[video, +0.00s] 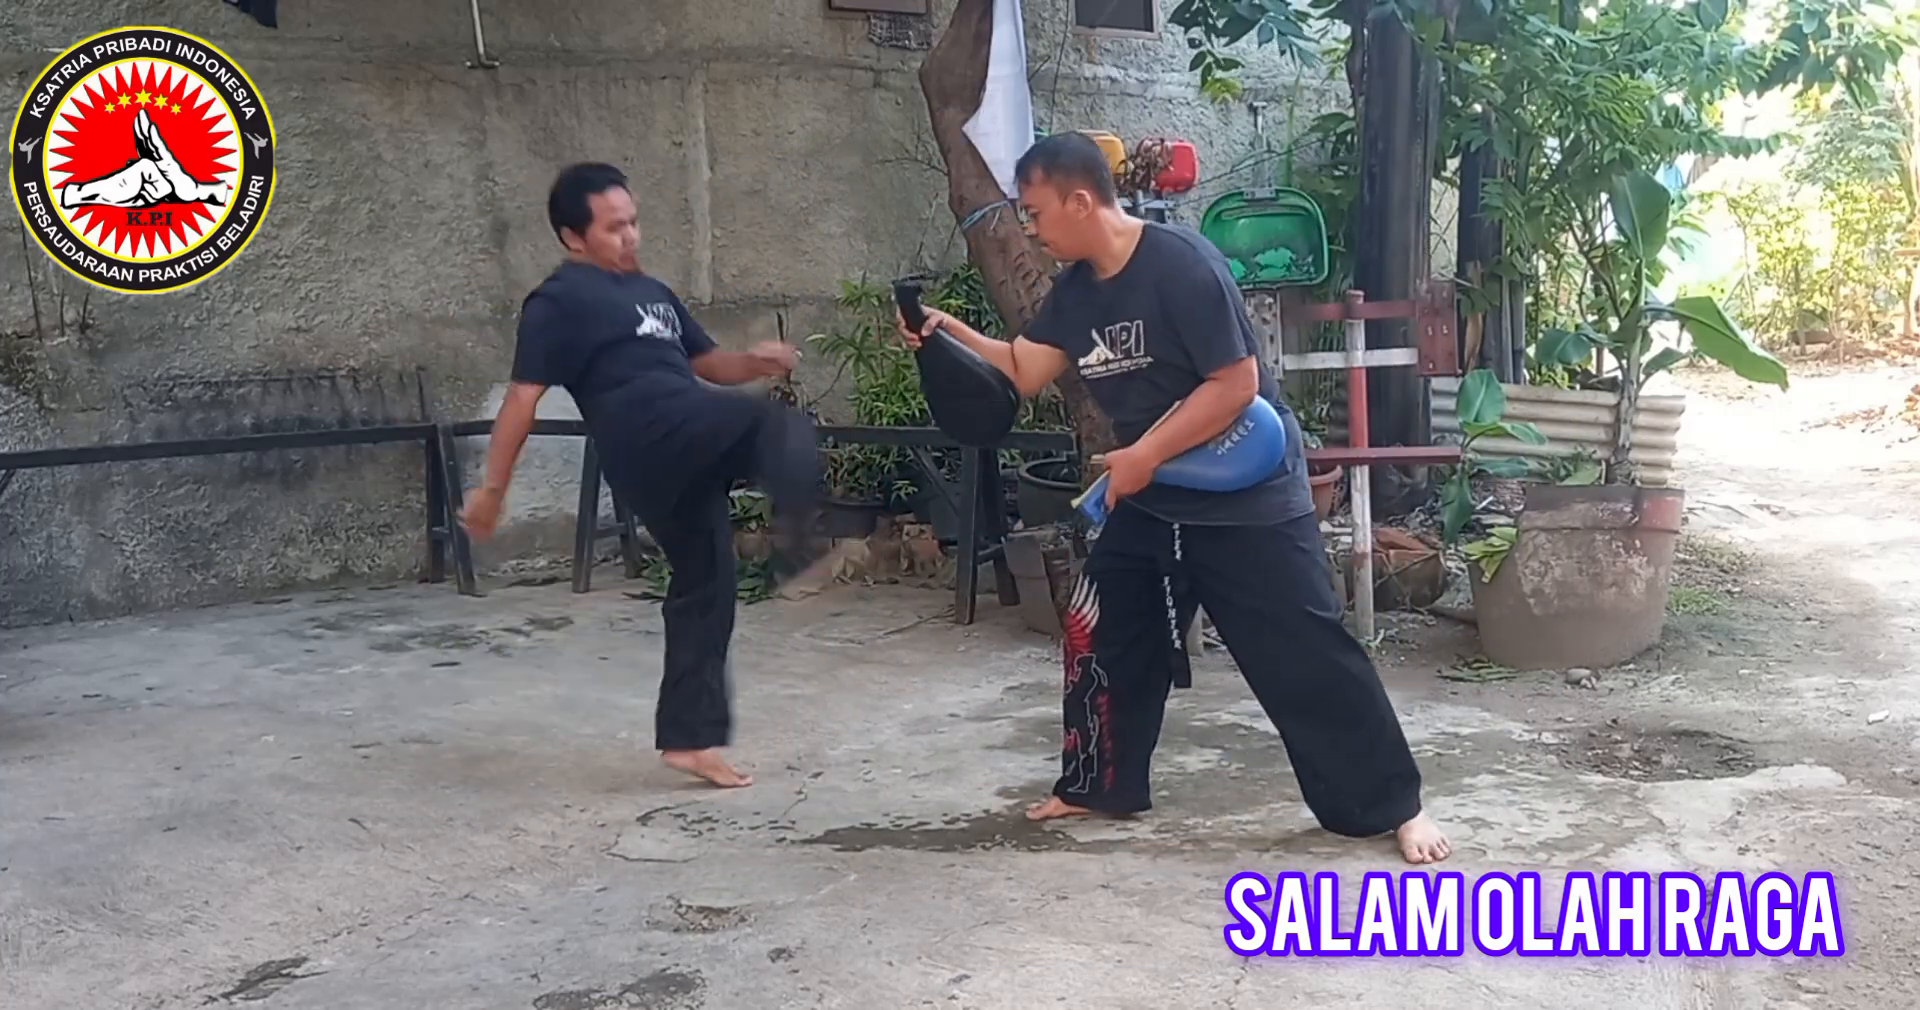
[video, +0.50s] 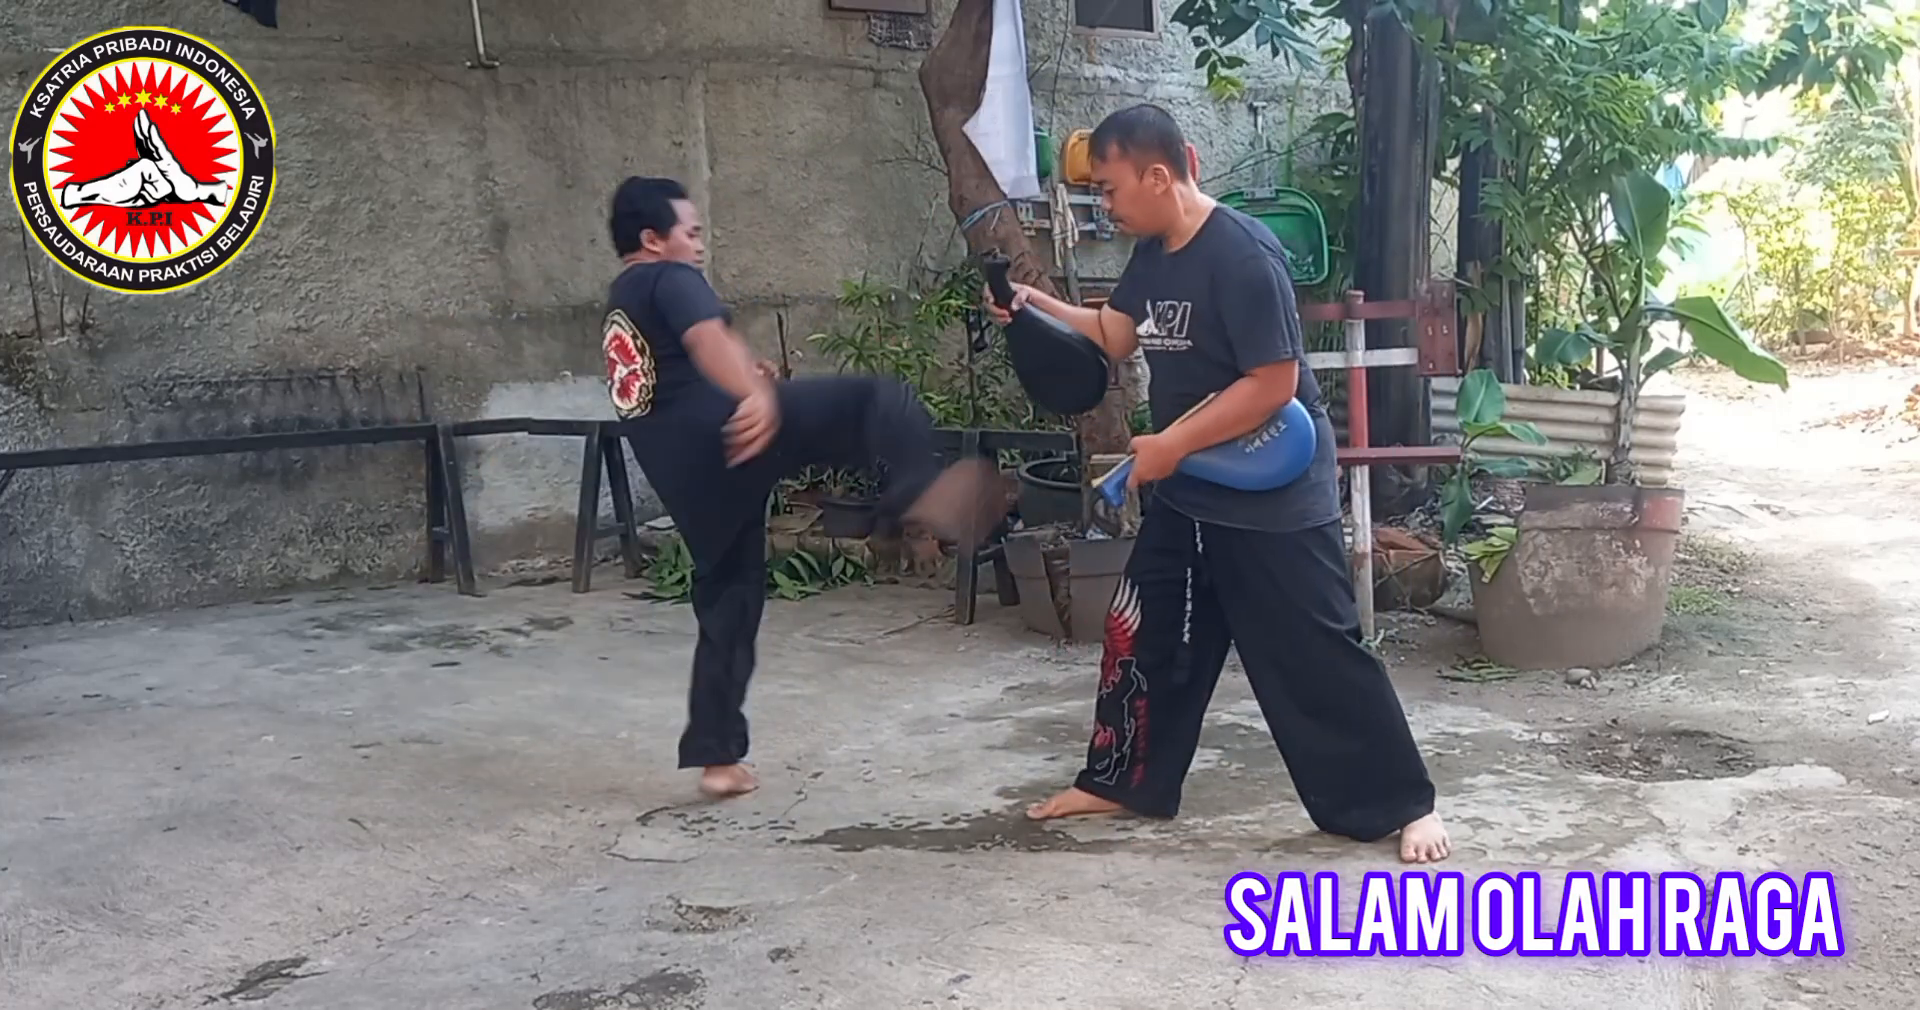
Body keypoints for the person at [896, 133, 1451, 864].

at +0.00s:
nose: (1031, 230)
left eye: (1035, 213)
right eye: (1026, 215)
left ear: (1083, 200)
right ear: (1073, 205)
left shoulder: (1183, 262)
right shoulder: (1071, 288)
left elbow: (1235, 383)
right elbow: (1023, 369)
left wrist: (1146, 453)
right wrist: (946, 330)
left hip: (1246, 493)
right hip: (1147, 494)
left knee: (1311, 641)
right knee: (1108, 637)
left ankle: (1400, 805)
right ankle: (1105, 785)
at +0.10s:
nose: (1053, 222)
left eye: (1058, 205)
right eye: (1048, 207)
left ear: (1104, 193)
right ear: (1097, 196)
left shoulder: (1200, 268)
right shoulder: (1087, 278)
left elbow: (1247, 385)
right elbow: (1046, 336)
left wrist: (1153, 452)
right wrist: (964, 287)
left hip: (1252, 501)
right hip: (1153, 499)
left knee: (1316, 646)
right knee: (1110, 638)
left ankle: (1409, 802)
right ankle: (1103, 784)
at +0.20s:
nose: (1088, 207)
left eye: (1093, 190)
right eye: (1084, 192)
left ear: (1143, 177)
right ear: (1136, 181)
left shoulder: (1222, 261)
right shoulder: (1138, 253)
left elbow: (1244, 390)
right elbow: (1089, 315)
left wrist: (1144, 452)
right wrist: (1006, 282)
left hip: (1257, 497)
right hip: (1170, 491)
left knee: (1313, 648)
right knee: (1129, 637)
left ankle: (1409, 805)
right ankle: (1106, 784)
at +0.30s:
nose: (1100, 202)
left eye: (1106, 184)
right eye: (1096, 187)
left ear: (1159, 174)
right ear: (1147, 180)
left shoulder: (1231, 255)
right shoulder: (1147, 252)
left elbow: (1254, 386)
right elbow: (1105, 323)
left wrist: (1151, 438)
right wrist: (1025, 296)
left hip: (1266, 494)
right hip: (1181, 488)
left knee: (1317, 649)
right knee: (1144, 634)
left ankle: (1409, 806)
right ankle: (1118, 783)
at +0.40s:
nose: (1101, 206)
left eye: (1107, 188)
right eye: (1097, 192)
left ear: (1162, 174)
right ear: (1154, 180)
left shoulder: (1239, 254)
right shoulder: (1153, 251)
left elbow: (1268, 382)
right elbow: (1114, 327)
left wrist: (1166, 441)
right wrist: (1036, 299)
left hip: (1273, 497)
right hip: (1188, 490)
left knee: (1323, 652)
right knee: (1150, 636)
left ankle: (1410, 807)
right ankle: (1121, 782)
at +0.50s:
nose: (1105, 206)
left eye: (1111, 188)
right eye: (1101, 191)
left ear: (1168, 175)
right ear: (1157, 181)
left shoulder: (1245, 255)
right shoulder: (1152, 252)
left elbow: (1274, 383)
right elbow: (1114, 333)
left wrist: (1172, 442)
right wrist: (1038, 303)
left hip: (1273, 499)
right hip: (1185, 492)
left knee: (1323, 652)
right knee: (1149, 637)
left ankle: (1410, 806)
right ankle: (1121, 781)